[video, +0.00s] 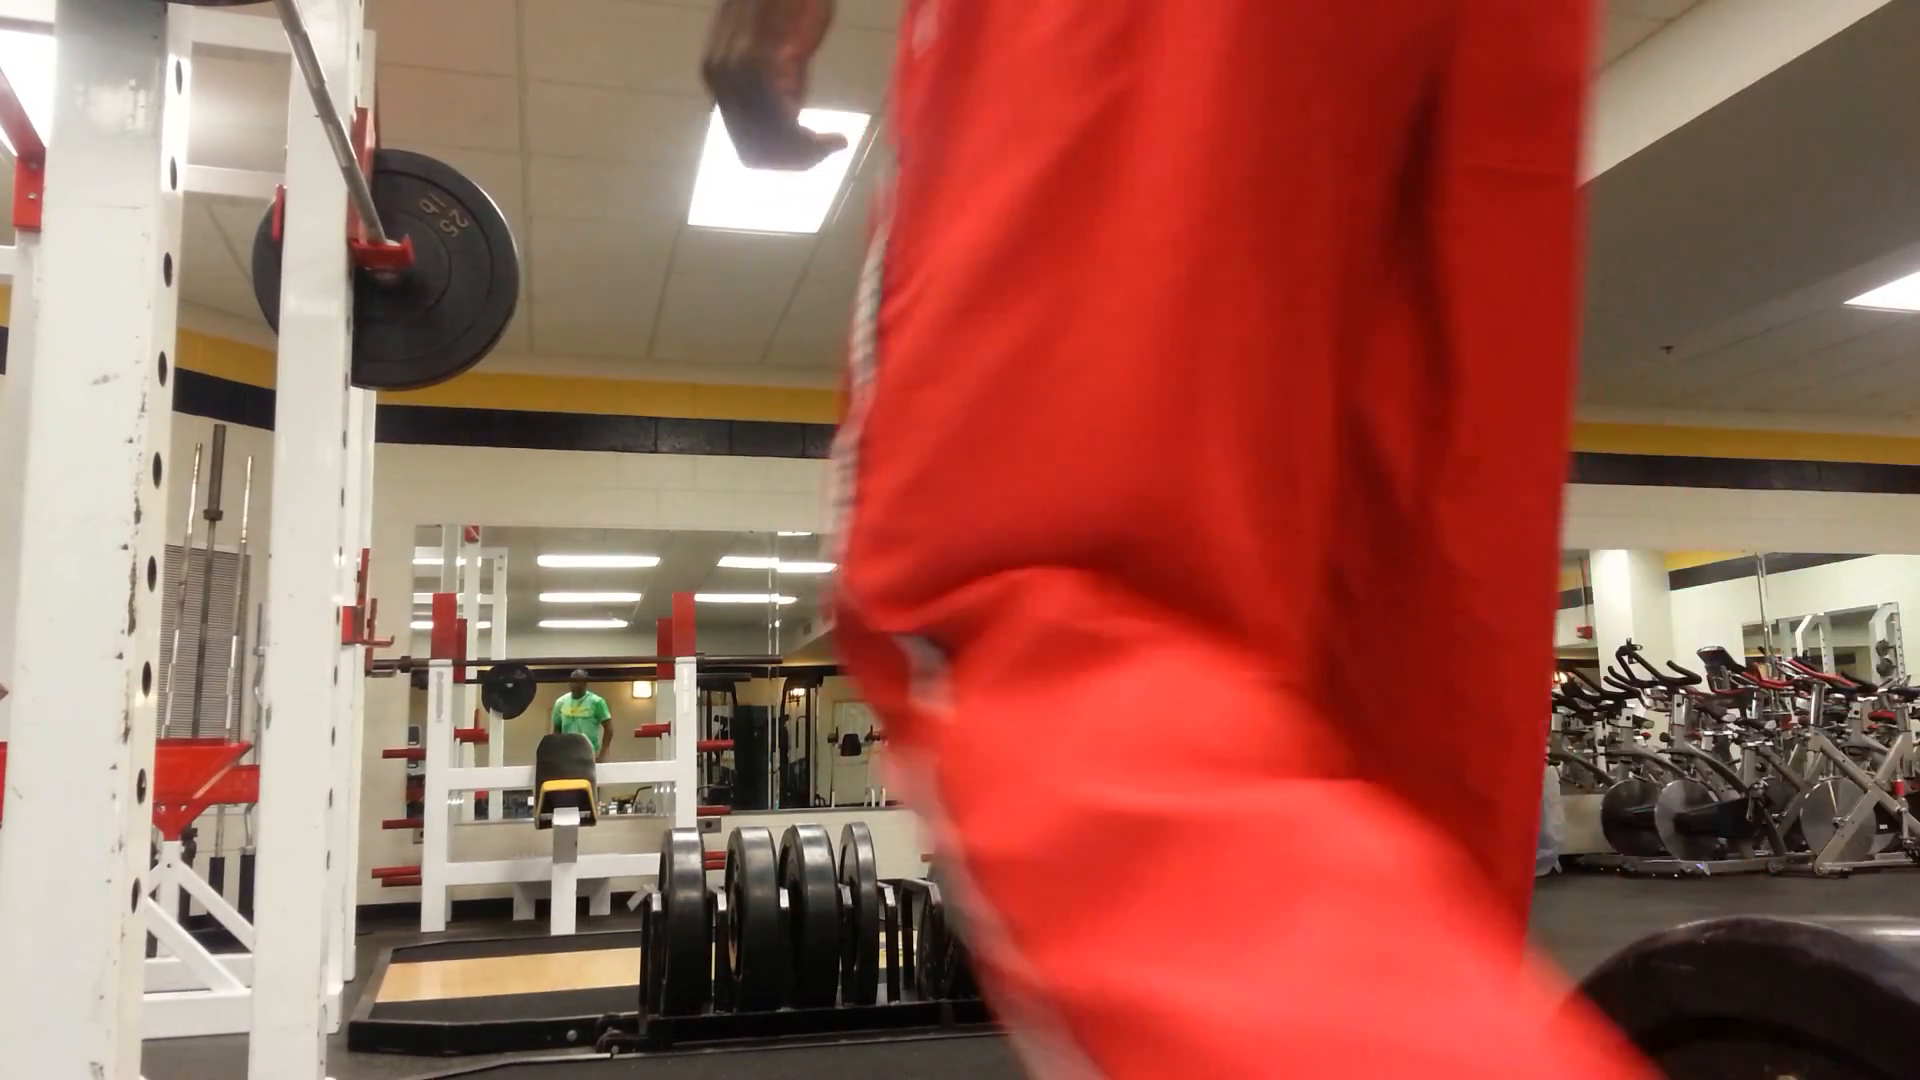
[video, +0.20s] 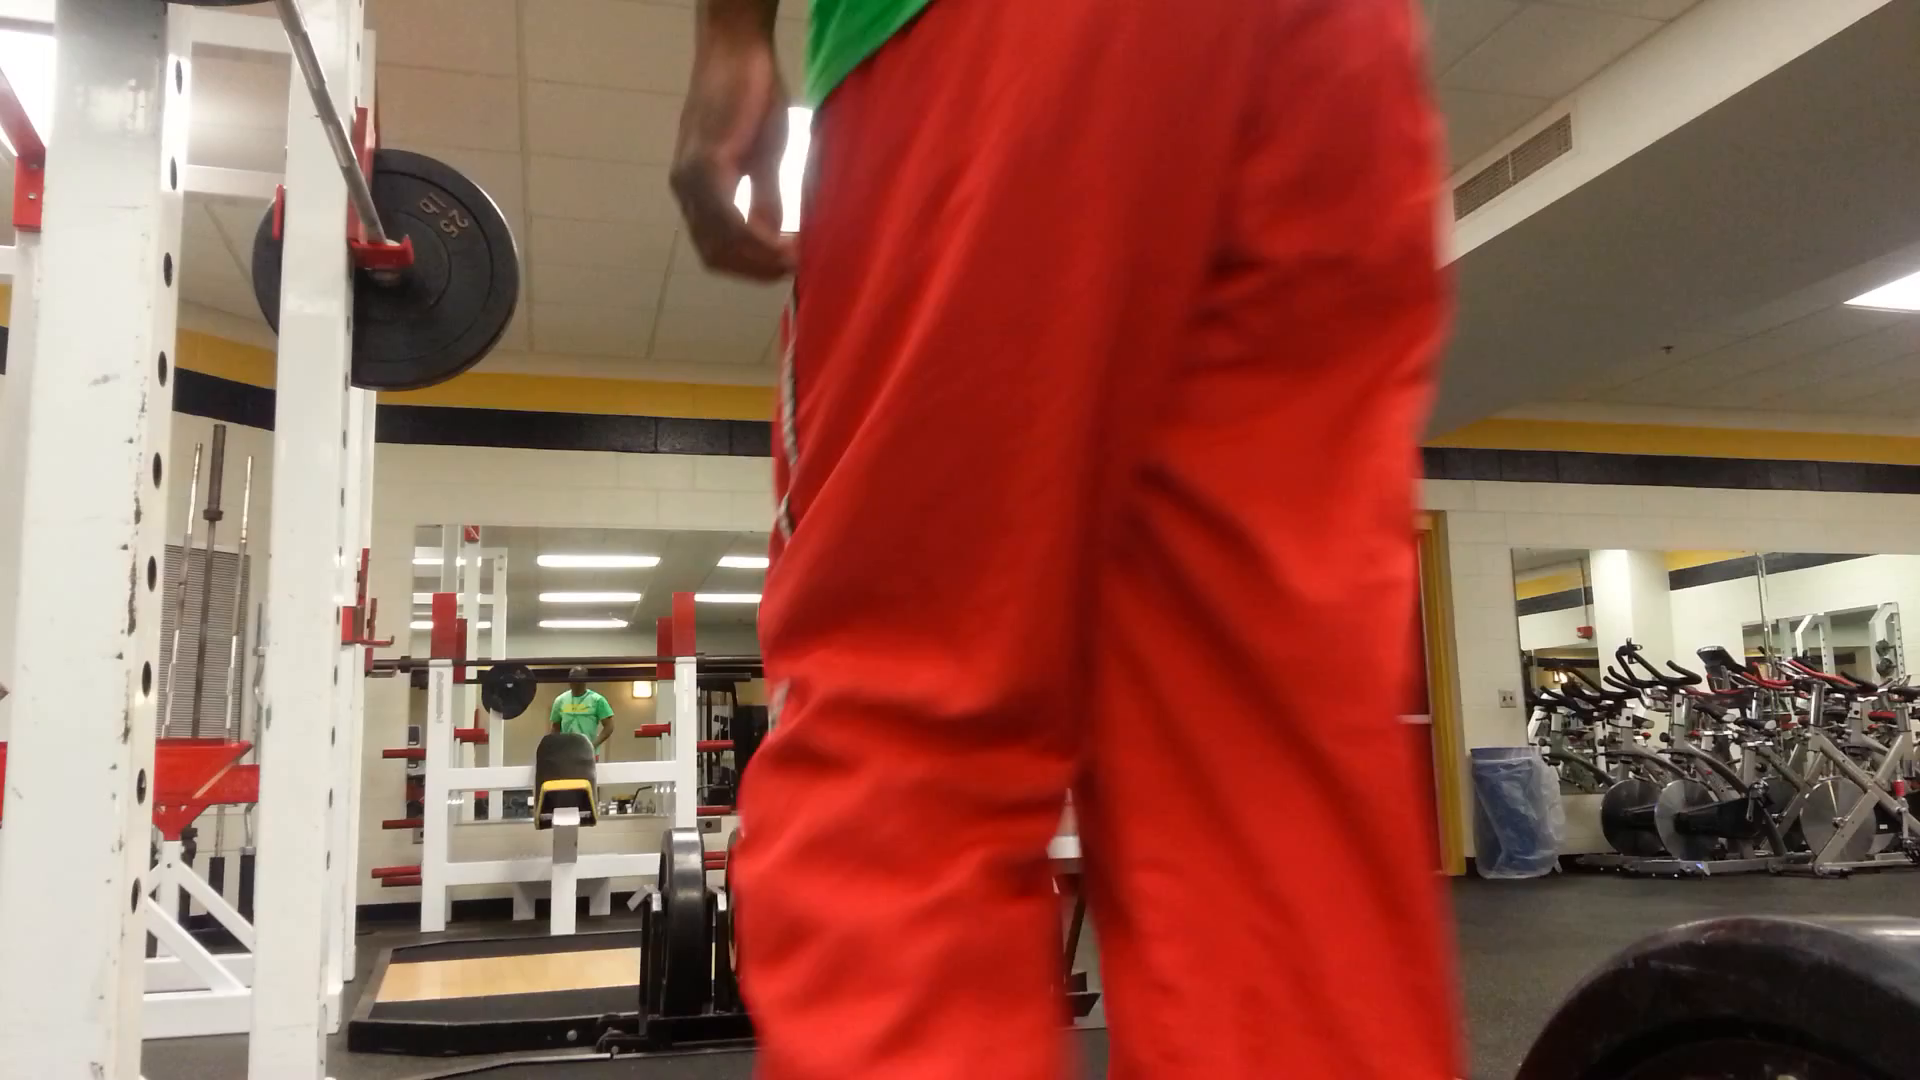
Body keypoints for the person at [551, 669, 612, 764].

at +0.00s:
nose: (576, 686)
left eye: (579, 682)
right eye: (573, 682)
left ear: (585, 683)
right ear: (570, 683)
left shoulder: (597, 702)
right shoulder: (560, 703)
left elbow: (609, 729)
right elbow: (557, 731)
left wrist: (602, 755)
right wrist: (556, 753)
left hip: (590, 752)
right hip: (567, 752)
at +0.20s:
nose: (576, 685)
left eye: (579, 682)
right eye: (573, 682)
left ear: (585, 682)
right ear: (569, 682)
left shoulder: (597, 700)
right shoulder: (560, 700)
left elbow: (609, 726)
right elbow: (555, 727)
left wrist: (593, 746)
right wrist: (555, 748)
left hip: (588, 752)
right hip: (566, 752)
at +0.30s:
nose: (574, 684)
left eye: (578, 681)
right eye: (572, 681)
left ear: (584, 681)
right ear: (569, 681)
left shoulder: (597, 700)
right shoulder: (560, 700)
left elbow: (607, 726)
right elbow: (555, 727)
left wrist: (588, 737)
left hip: (589, 751)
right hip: (566, 751)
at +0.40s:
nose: (572, 684)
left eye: (575, 681)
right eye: (570, 681)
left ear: (582, 681)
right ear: (567, 681)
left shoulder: (596, 700)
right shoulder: (559, 700)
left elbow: (605, 728)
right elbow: (555, 725)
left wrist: (582, 726)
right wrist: (550, 746)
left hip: (588, 752)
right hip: (565, 752)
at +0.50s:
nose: (571, 685)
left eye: (574, 681)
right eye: (568, 681)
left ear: (581, 681)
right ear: (566, 681)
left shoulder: (594, 700)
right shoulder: (558, 701)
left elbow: (601, 729)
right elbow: (554, 728)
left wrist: (579, 720)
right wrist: (552, 749)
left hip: (587, 751)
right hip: (563, 751)